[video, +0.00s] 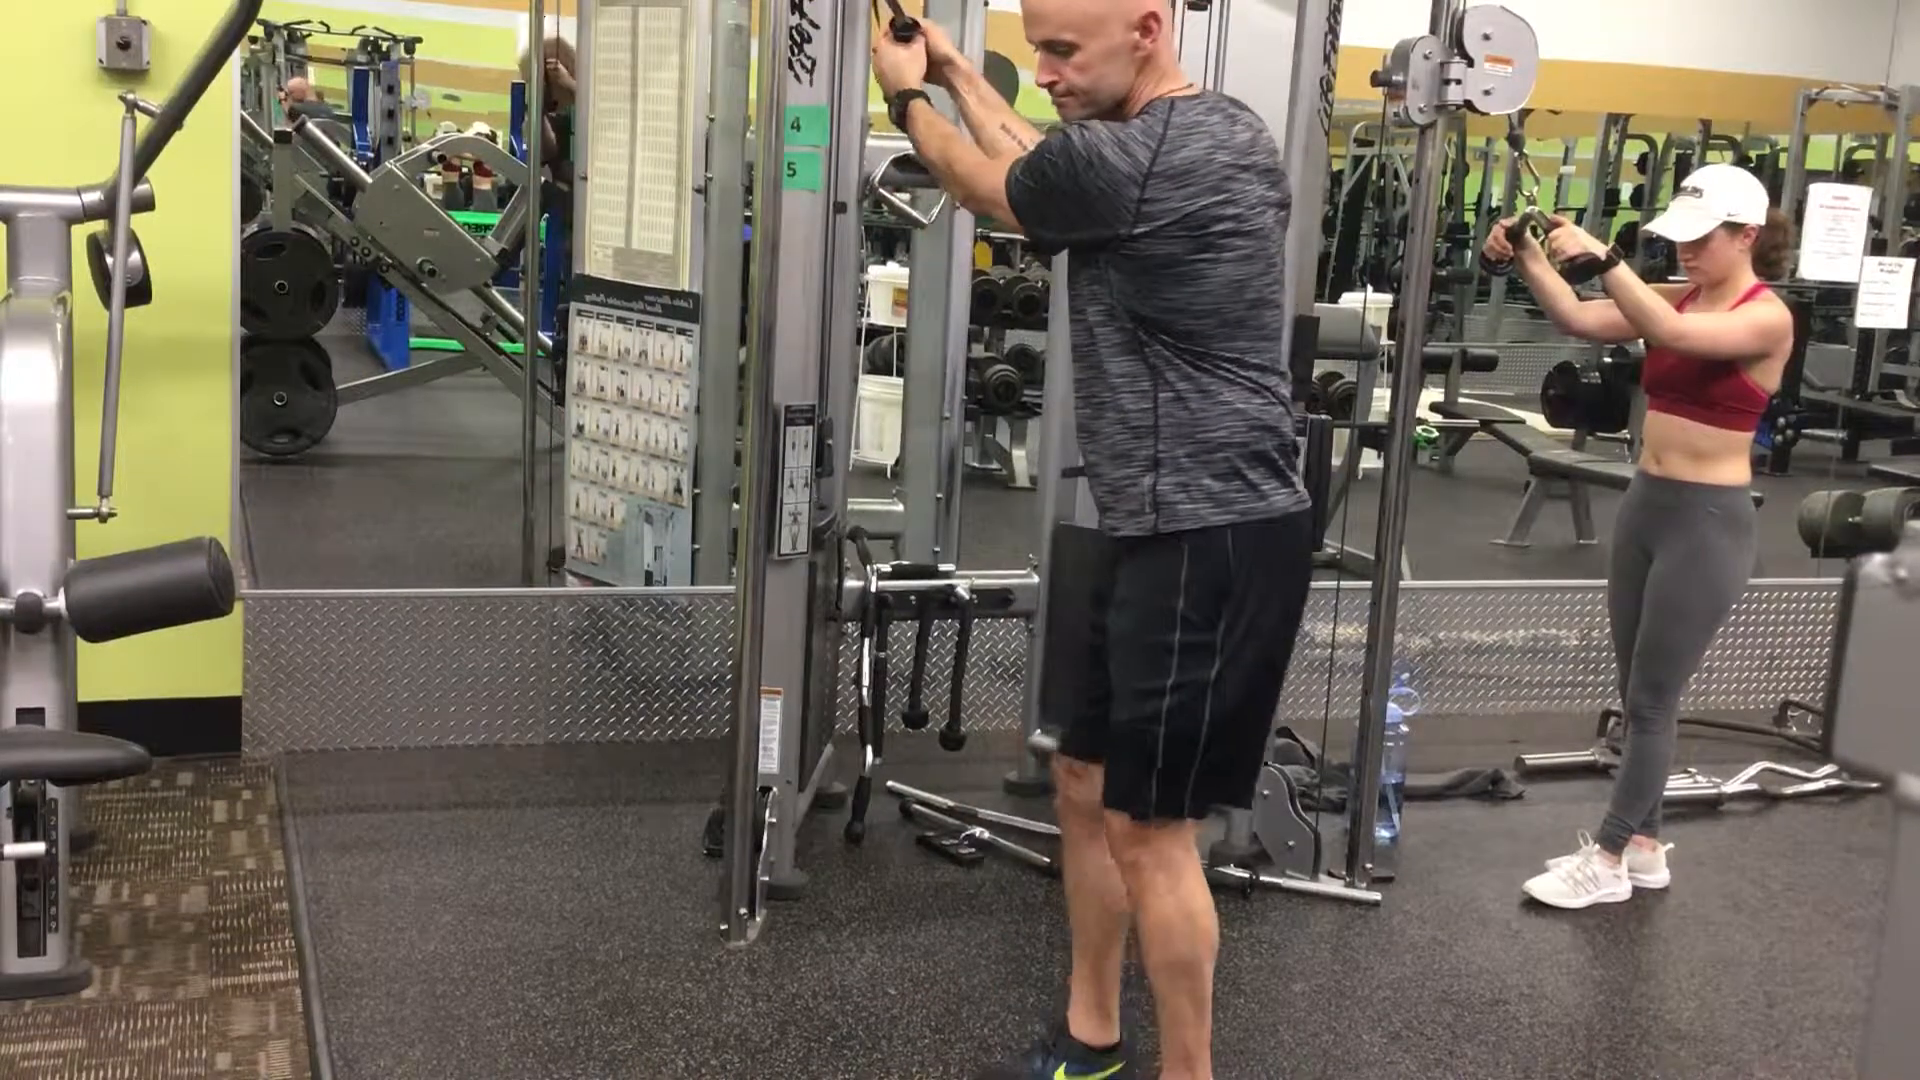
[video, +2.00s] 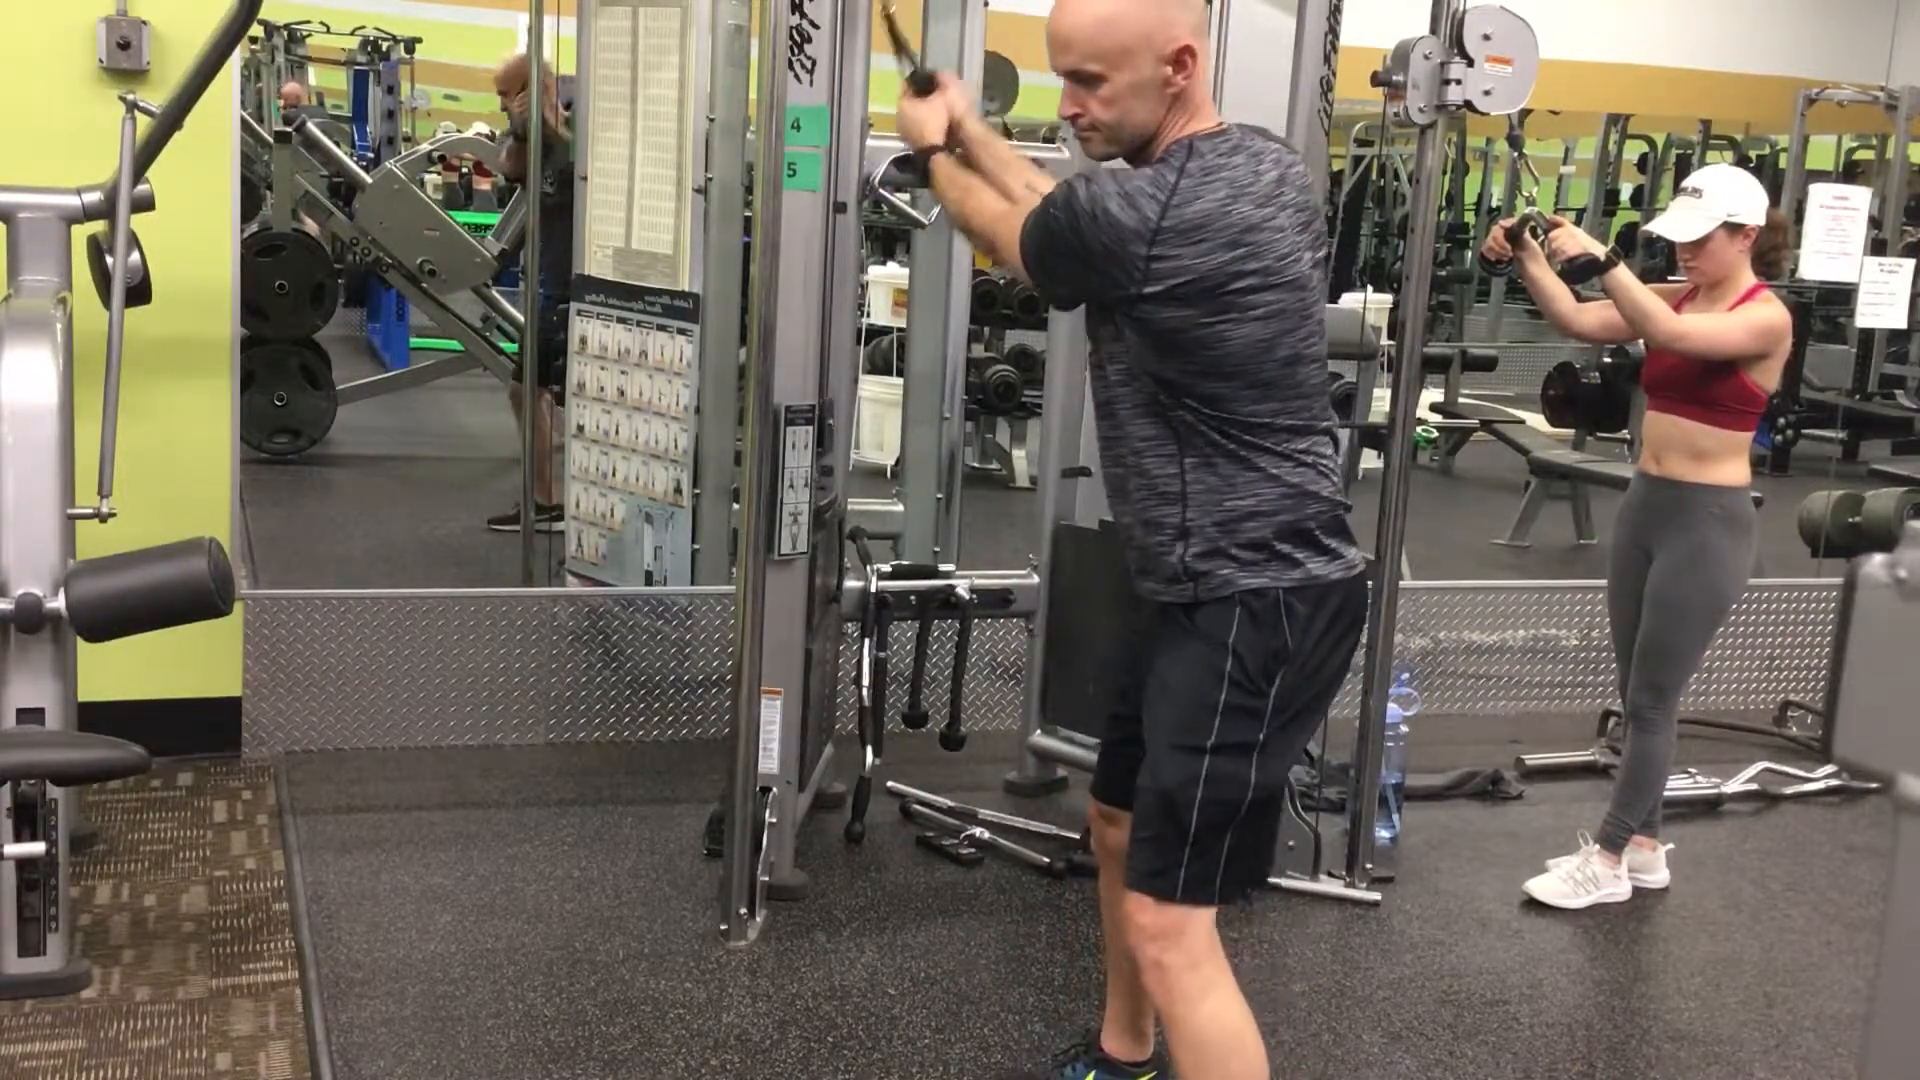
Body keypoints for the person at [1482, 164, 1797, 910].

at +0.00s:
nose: (1683, 252)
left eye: (1698, 238)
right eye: (1679, 239)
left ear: (1746, 236)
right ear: (1679, 238)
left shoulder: (1770, 317)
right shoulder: (1675, 302)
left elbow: (1672, 331)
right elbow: (1579, 316)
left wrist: (1602, 257)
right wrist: (1525, 258)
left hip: (1709, 523)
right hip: (1642, 508)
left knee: (1652, 698)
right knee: (1639, 692)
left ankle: (1605, 859)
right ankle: (1646, 846)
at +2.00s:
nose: (1681, 252)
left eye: (1697, 238)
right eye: (1677, 239)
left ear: (1746, 236)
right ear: (1677, 238)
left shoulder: (1768, 317)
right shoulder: (1674, 300)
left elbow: (1669, 331)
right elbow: (1578, 318)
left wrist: (1600, 258)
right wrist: (1525, 257)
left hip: (1709, 524)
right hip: (1642, 510)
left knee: (1651, 698)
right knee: (1638, 693)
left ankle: (1606, 858)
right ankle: (1646, 846)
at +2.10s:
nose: (1680, 252)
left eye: (1695, 239)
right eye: (1677, 239)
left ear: (1745, 237)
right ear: (1678, 238)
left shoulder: (1768, 317)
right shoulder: (1674, 300)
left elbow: (1668, 331)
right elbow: (1577, 319)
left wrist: (1599, 257)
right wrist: (1524, 259)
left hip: (1709, 523)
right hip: (1642, 508)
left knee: (1652, 698)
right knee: (1638, 692)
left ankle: (1606, 858)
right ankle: (1646, 845)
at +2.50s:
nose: (1678, 251)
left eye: (1692, 238)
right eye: (1674, 239)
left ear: (1741, 236)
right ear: (1677, 239)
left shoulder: (1766, 317)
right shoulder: (1674, 300)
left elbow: (1669, 333)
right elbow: (1576, 319)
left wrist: (1599, 258)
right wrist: (1523, 259)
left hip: (1708, 523)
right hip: (1642, 508)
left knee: (1651, 699)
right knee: (1638, 692)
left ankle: (1606, 858)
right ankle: (1645, 846)